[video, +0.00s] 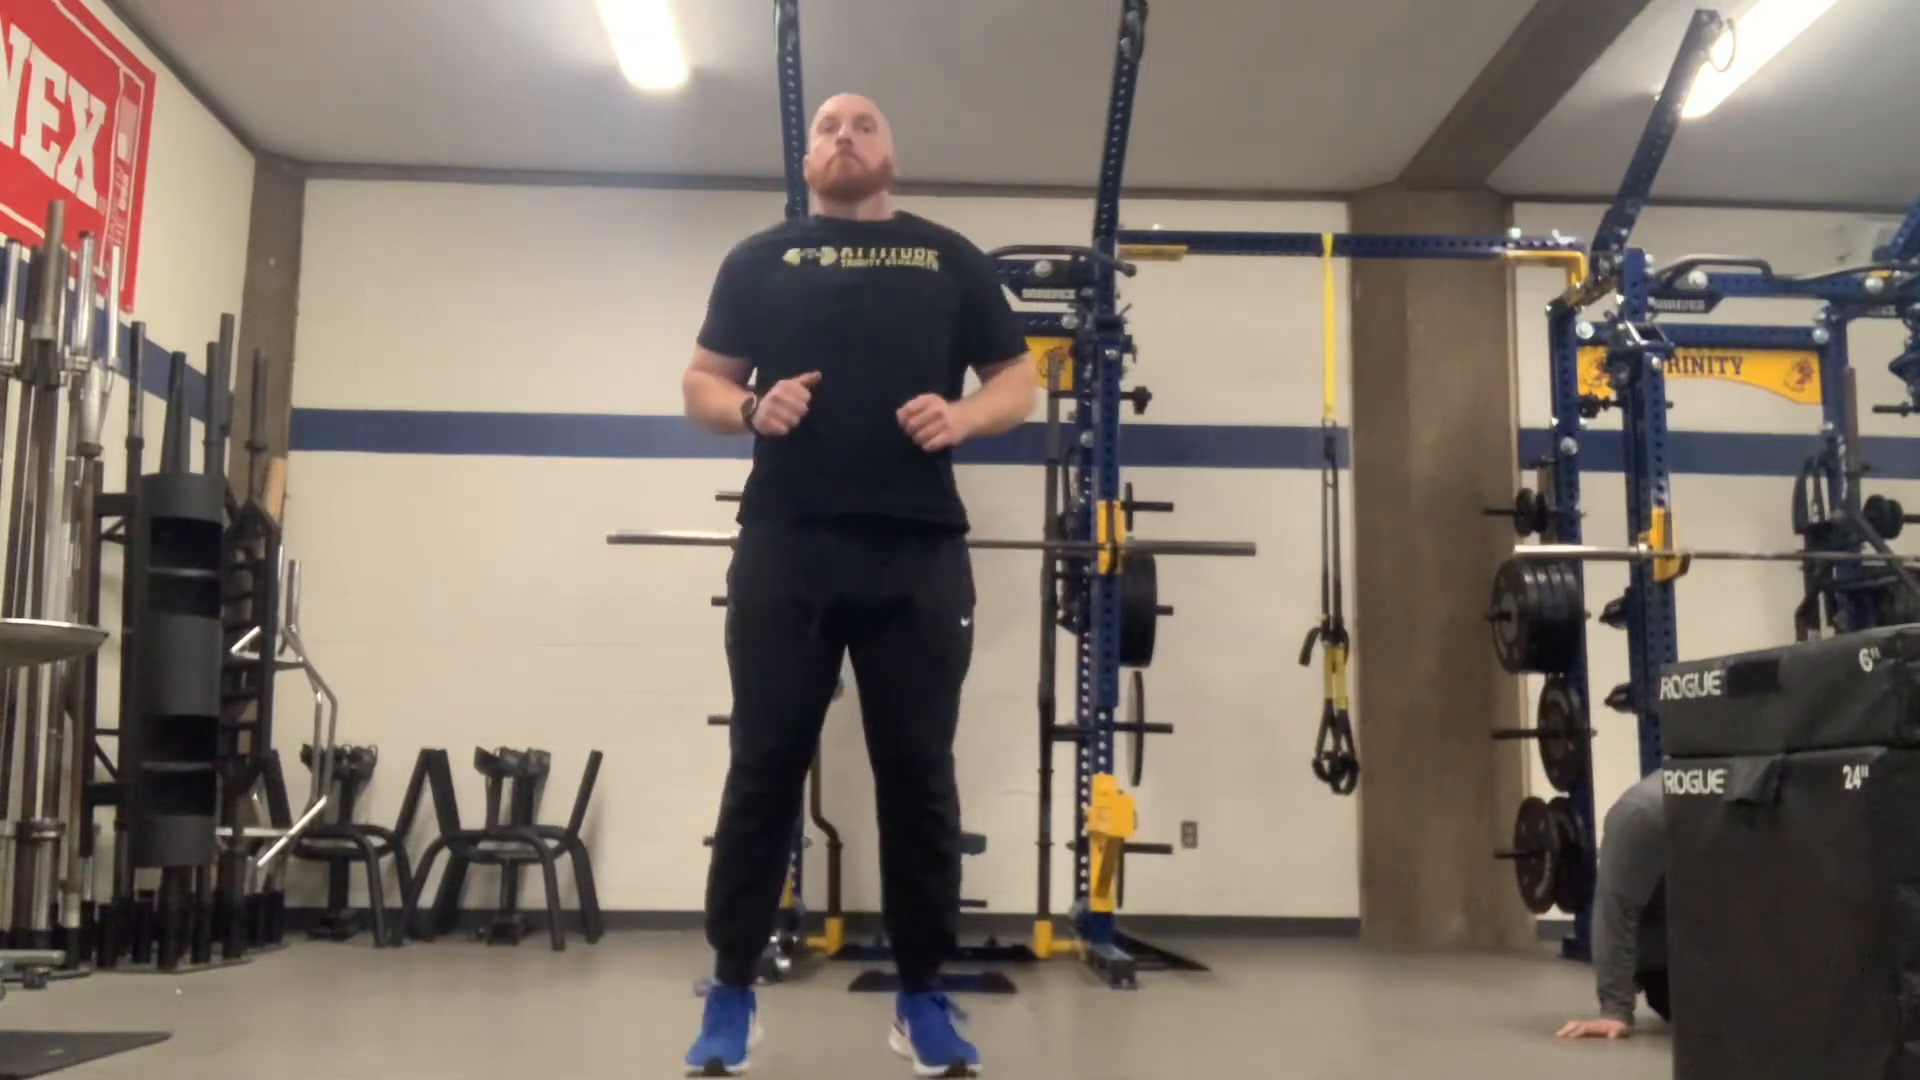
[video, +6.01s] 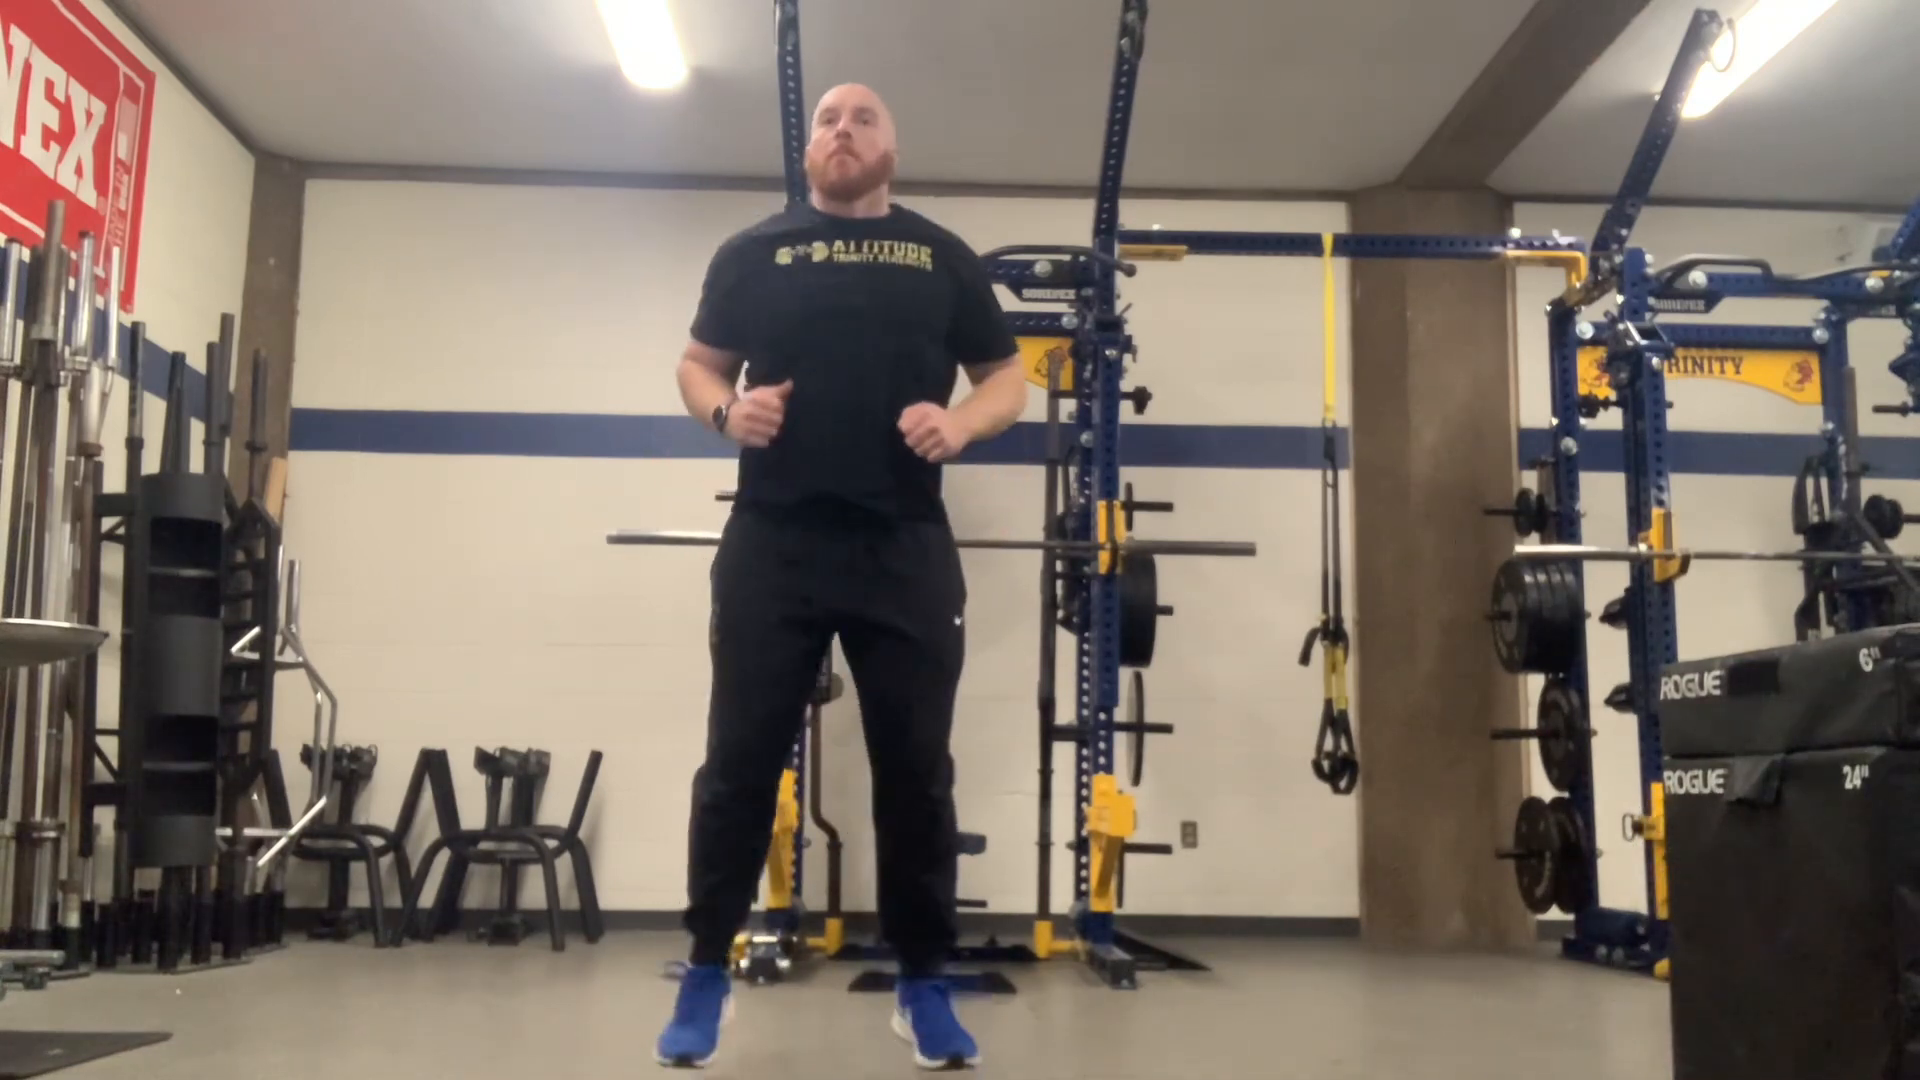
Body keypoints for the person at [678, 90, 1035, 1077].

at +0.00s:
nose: (847, 128)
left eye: (864, 120)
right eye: (828, 124)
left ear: (896, 156)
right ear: (804, 163)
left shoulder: (953, 260)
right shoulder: (758, 261)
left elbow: (1018, 387)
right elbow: (702, 390)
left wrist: (966, 416)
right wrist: (750, 407)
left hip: (916, 554)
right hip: (785, 552)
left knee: (920, 777)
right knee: (763, 772)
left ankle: (923, 996)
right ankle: (730, 991)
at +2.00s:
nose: (839, 152)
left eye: (857, 140)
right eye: (823, 143)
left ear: (890, 168)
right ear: (801, 174)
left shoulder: (945, 278)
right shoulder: (755, 279)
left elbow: (1009, 400)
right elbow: (705, 401)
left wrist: (963, 422)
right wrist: (741, 433)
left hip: (907, 573)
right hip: (780, 572)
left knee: (910, 791)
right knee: (751, 782)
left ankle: (913, 994)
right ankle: (730, 983)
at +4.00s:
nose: (828, 201)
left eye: (847, 189)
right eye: (812, 192)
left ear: (881, 221)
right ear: (791, 226)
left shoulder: (936, 331)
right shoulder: (742, 333)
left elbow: (1008, 448)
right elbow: (672, 454)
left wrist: (968, 476)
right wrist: (708, 484)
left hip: (902, 608)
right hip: (769, 606)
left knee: (912, 810)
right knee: (737, 803)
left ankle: (920, 1030)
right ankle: (705, 1027)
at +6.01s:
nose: (842, 127)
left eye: (862, 117)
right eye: (827, 119)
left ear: (896, 151)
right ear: (805, 153)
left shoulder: (942, 258)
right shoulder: (749, 256)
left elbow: (1007, 380)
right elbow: (701, 367)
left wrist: (961, 422)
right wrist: (727, 409)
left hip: (903, 547)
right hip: (772, 543)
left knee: (916, 770)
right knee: (739, 762)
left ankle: (923, 981)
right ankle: (705, 969)